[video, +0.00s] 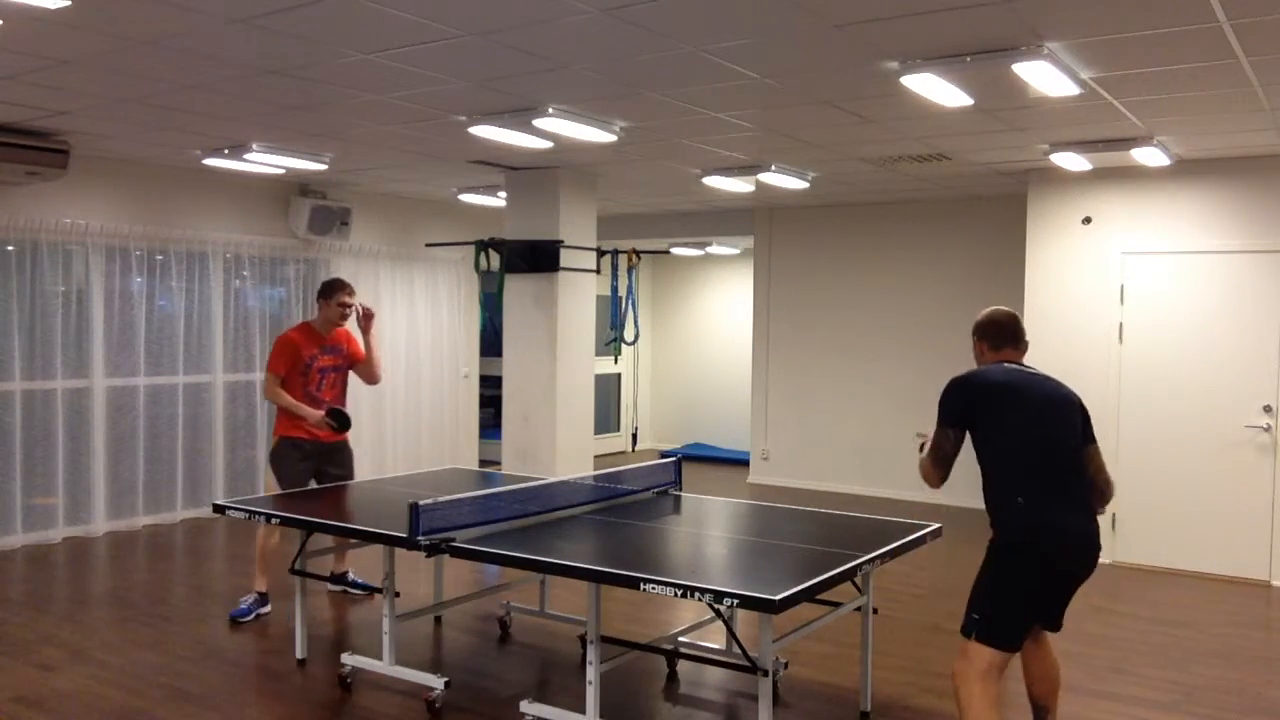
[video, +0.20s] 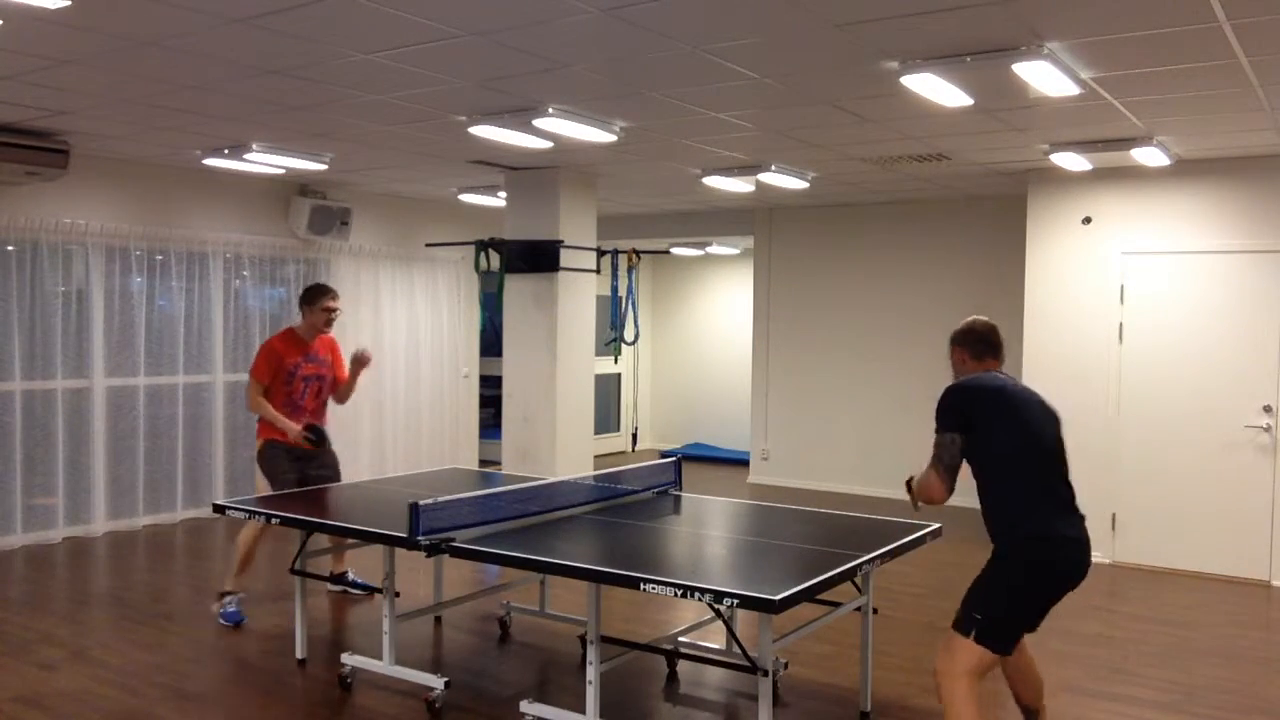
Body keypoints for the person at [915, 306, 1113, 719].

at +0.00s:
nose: (975, 355)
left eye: (974, 348)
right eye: (978, 349)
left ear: (979, 346)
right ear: (1025, 347)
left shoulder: (968, 386)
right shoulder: (1064, 394)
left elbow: (934, 476)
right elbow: (1102, 488)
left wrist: (927, 451)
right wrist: (1069, 515)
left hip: (1022, 540)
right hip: (1080, 542)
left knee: (976, 670)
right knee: (1034, 632)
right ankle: (1045, 717)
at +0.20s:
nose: (953, 369)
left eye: (952, 361)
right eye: (955, 361)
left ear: (959, 356)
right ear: (999, 357)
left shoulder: (962, 394)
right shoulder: (1035, 402)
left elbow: (936, 492)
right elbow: (1048, 479)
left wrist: (917, 485)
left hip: (1027, 551)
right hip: (1071, 551)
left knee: (955, 668)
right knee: (1008, 641)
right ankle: (1035, 714)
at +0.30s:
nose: (939, 373)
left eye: (941, 363)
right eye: (939, 363)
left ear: (958, 360)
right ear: (983, 360)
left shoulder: (969, 401)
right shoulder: (1012, 404)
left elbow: (946, 493)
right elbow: (995, 503)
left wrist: (913, 486)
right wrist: (923, 508)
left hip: (1025, 561)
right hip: (1058, 559)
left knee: (941, 678)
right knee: (994, 650)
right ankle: (1031, 713)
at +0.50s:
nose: (904, 373)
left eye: (906, 362)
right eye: (904, 363)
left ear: (922, 361)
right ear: (949, 359)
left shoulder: (949, 407)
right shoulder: (975, 403)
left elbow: (936, 505)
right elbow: (927, 508)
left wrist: (883, 464)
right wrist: (849, 509)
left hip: (1002, 577)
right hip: (1037, 572)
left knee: (906, 694)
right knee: (1001, 661)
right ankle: (1034, 717)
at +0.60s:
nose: (884, 367)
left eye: (886, 356)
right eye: (884, 357)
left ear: (903, 356)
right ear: (932, 355)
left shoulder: (929, 406)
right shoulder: (971, 402)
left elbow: (919, 516)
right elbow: (945, 518)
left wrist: (849, 479)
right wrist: (867, 531)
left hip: (993, 579)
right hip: (1038, 571)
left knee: (894, 696)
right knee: (1011, 665)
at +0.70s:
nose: (875, 363)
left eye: (875, 352)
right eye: (873, 353)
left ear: (891, 352)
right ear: (929, 349)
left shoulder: (912, 407)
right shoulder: (972, 396)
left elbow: (908, 516)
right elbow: (952, 513)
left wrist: (844, 499)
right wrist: (868, 522)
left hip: (991, 574)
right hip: (1043, 564)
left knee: (895, 696)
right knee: (1010, 662)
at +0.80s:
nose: (878, 352)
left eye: (880, 342)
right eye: (878, 342)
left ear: (898, 343)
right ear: (935, 342)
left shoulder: (908, 403)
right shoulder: (980, 388)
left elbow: (909, 516)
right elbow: (968, 500)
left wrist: (873, 503)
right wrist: (889, 496)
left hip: (990, 566)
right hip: (1046, 557)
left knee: (903, 694)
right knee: (1007, 658)